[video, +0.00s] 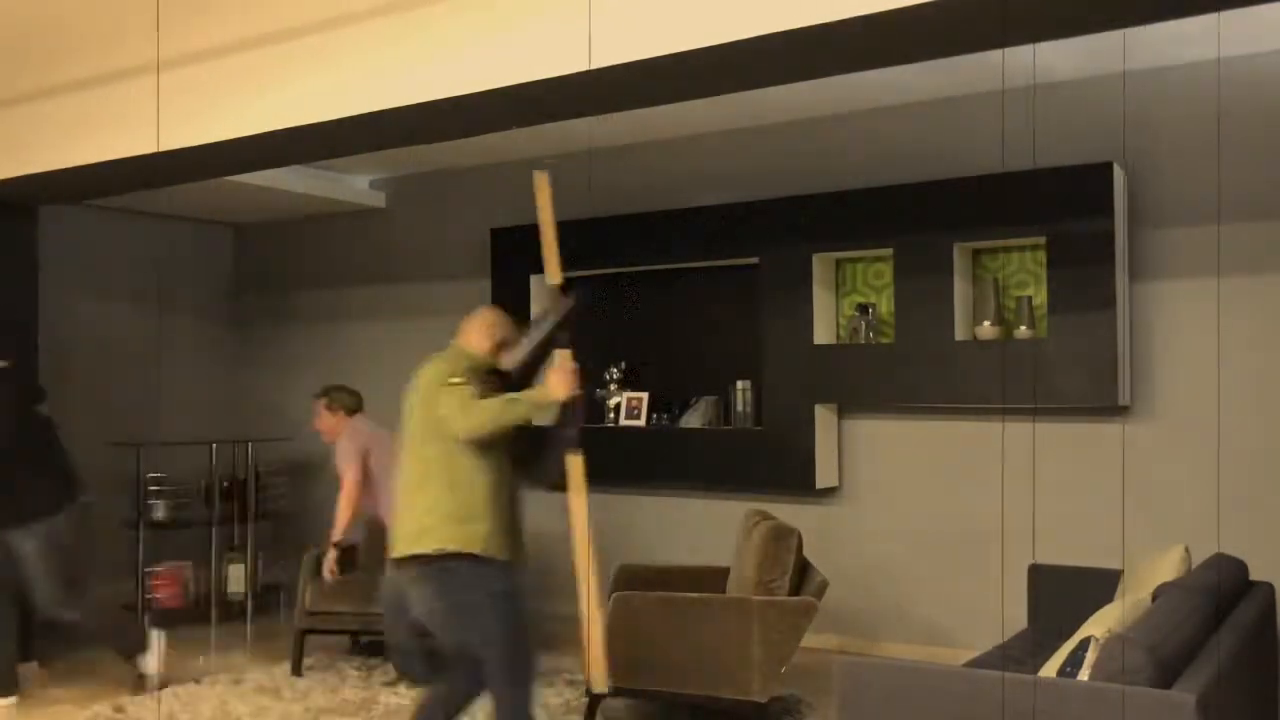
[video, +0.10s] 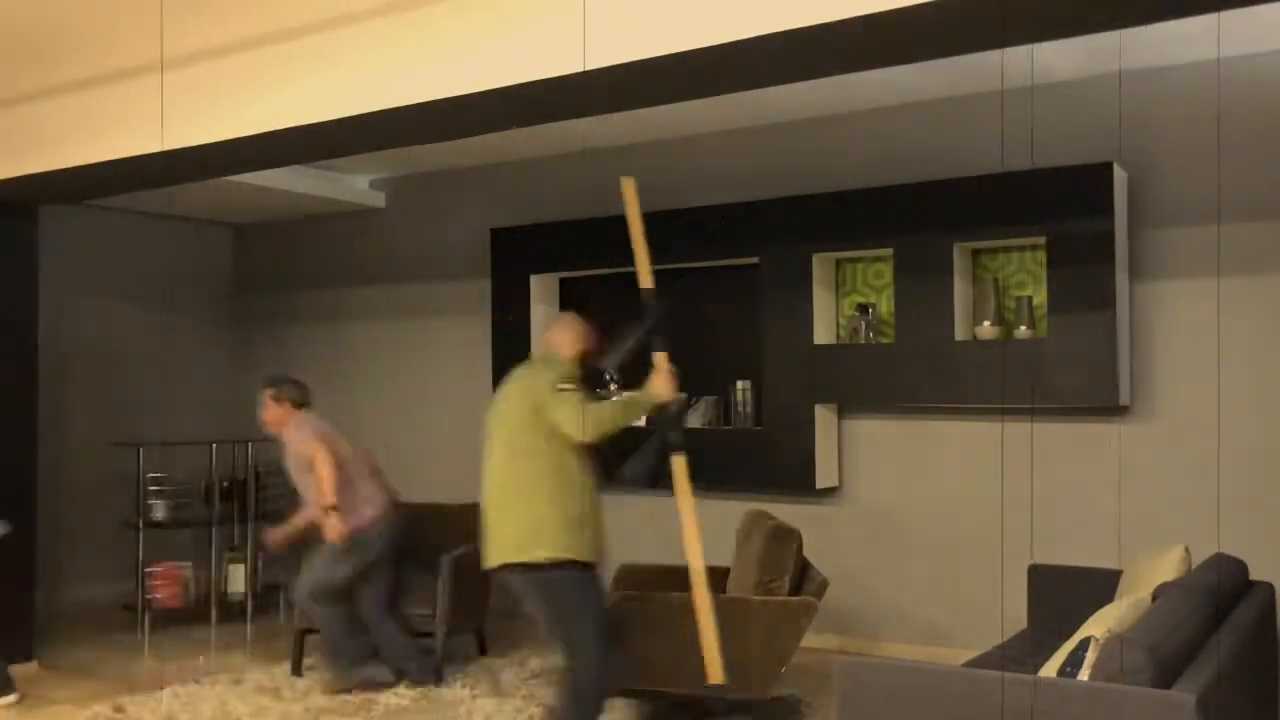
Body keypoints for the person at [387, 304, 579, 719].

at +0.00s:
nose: (507, 358)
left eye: (510, 349)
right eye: (505, 346)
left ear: (466, 334)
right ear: (489, 338)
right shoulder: (449, 372)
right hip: (459, 561)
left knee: (460, 676)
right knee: (510, 675)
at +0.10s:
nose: (585, 359)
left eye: (586, 350)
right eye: (583, 348)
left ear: (546, 342)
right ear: (568, 342)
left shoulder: (516, 386)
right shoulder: (549, 378)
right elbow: (582, 423)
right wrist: (648, 396)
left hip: (519, 552)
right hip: (549, 552)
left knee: (587, 653)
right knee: (589, 655)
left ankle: (576, 711)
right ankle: (577, 713)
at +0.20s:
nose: (645, 347)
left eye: (644, 338)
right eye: (641, 336)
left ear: (602, 339)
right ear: (620, 334)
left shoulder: (563, 393)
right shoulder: (622, 372)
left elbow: (539, 473)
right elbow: (662, 419)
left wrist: (565, 531)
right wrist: (722, 395)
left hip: (584, 548)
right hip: (624, 546)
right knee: (637, 662)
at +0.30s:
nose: (713, 358)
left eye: (710, 351)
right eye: (710, 351)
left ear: (668, 349)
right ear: (704, 347)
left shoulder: (629, 402)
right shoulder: (698, 373)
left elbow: (612, 484)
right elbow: (754, 419)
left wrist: (638, 541)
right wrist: (794, 397)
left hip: (656, 552)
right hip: (706, 545)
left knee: (724, 651)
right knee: (748, 648)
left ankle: (723, 709)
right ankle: (725, 709)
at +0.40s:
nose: (759, 353)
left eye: (755, 348)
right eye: (757, 347)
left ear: (714, 355)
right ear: (751, 347)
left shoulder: (677, 403)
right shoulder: (762, 371)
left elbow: (658, 481)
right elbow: (828, 417)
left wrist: (688, 541)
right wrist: (855, 395)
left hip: (717, 553)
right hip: (772, 545)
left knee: (765, 653)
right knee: (805, 645)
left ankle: (754, 711)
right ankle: (792, 712)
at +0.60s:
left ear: (766, 381)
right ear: (807, 363)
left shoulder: (752, 418)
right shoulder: (846, 375)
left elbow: (744, 487)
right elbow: (911, 425)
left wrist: (761, 551)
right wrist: (906, 397)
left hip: (808, 543)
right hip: (869, 525)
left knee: (847, 630)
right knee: (893, 626)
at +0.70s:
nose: (793, 386)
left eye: (792, 382)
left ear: (797, 379)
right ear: (834, 364)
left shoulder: (788, 406)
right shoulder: (880, 379)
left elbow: (781, 477)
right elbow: (935, 430)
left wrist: (794, 540)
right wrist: (920, 450)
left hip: (842, 537)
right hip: (904, 524)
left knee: (860, 630)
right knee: (922, 624)